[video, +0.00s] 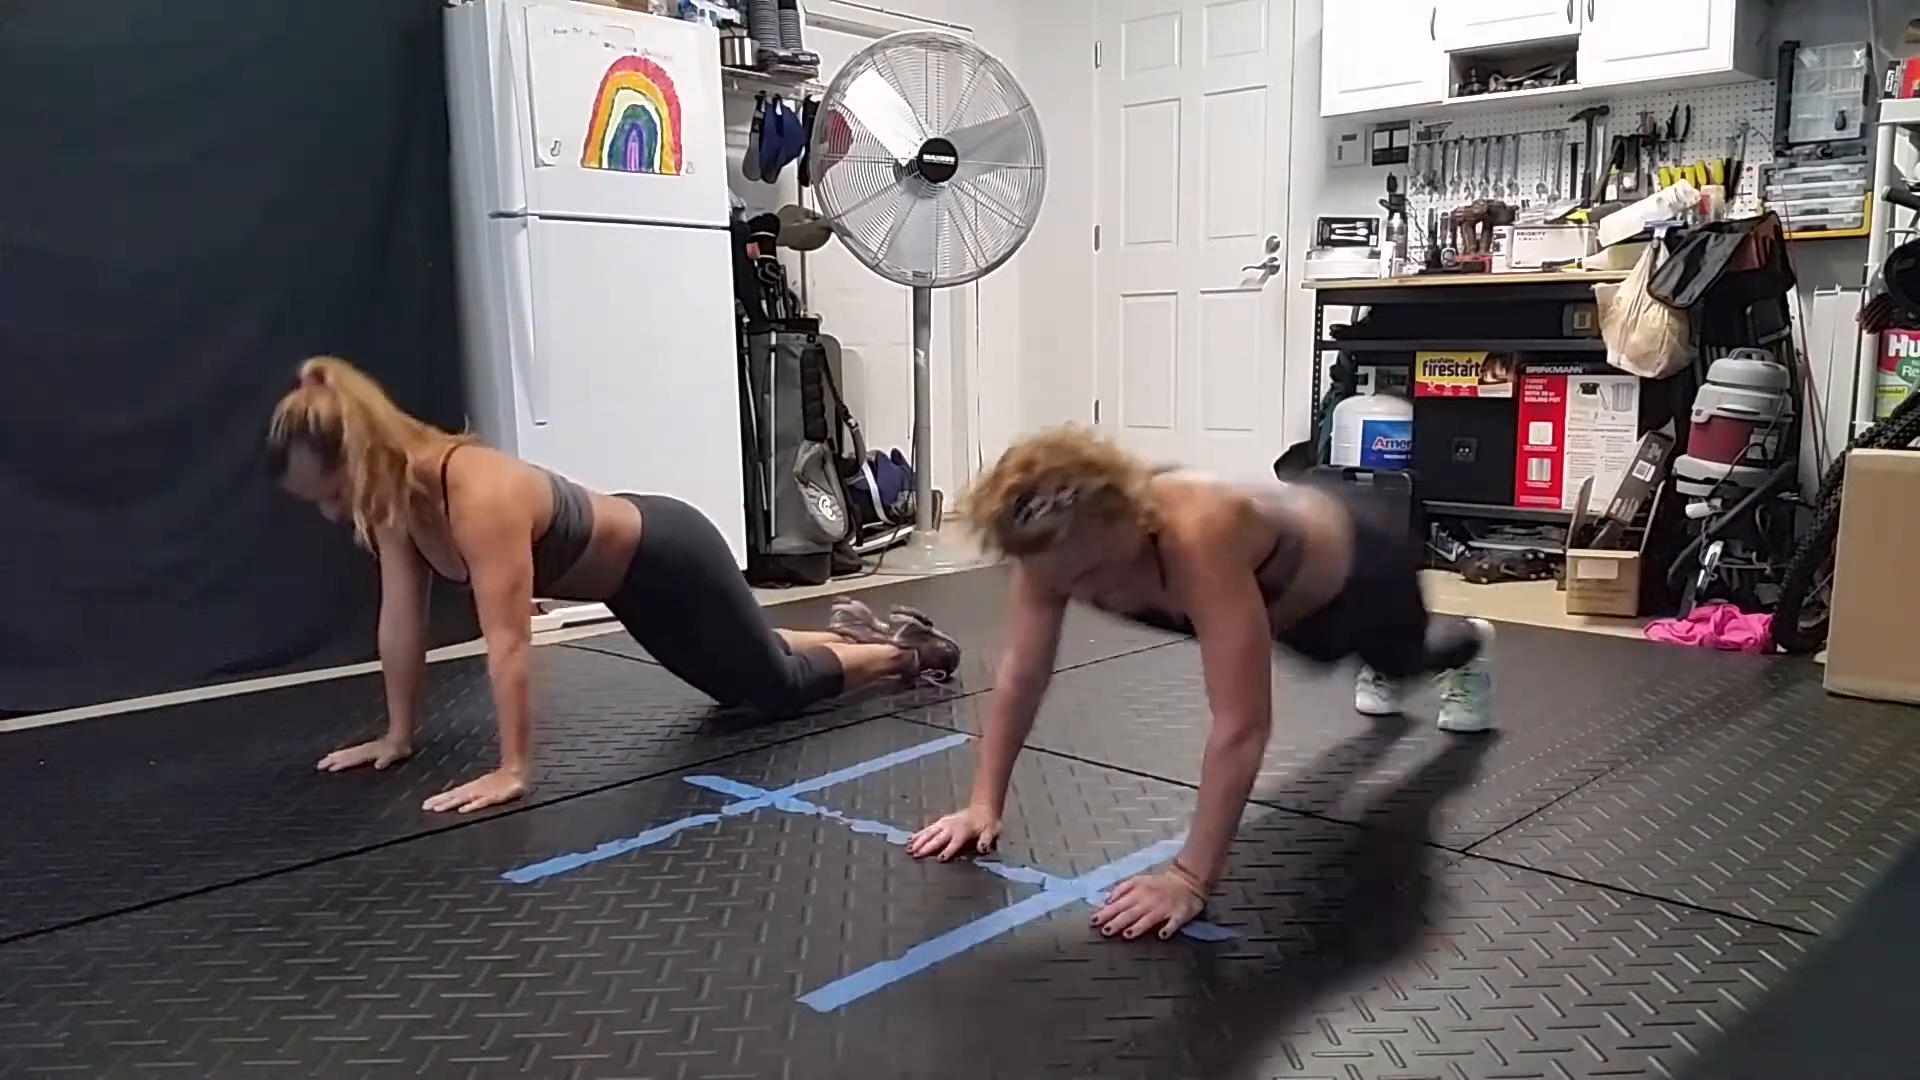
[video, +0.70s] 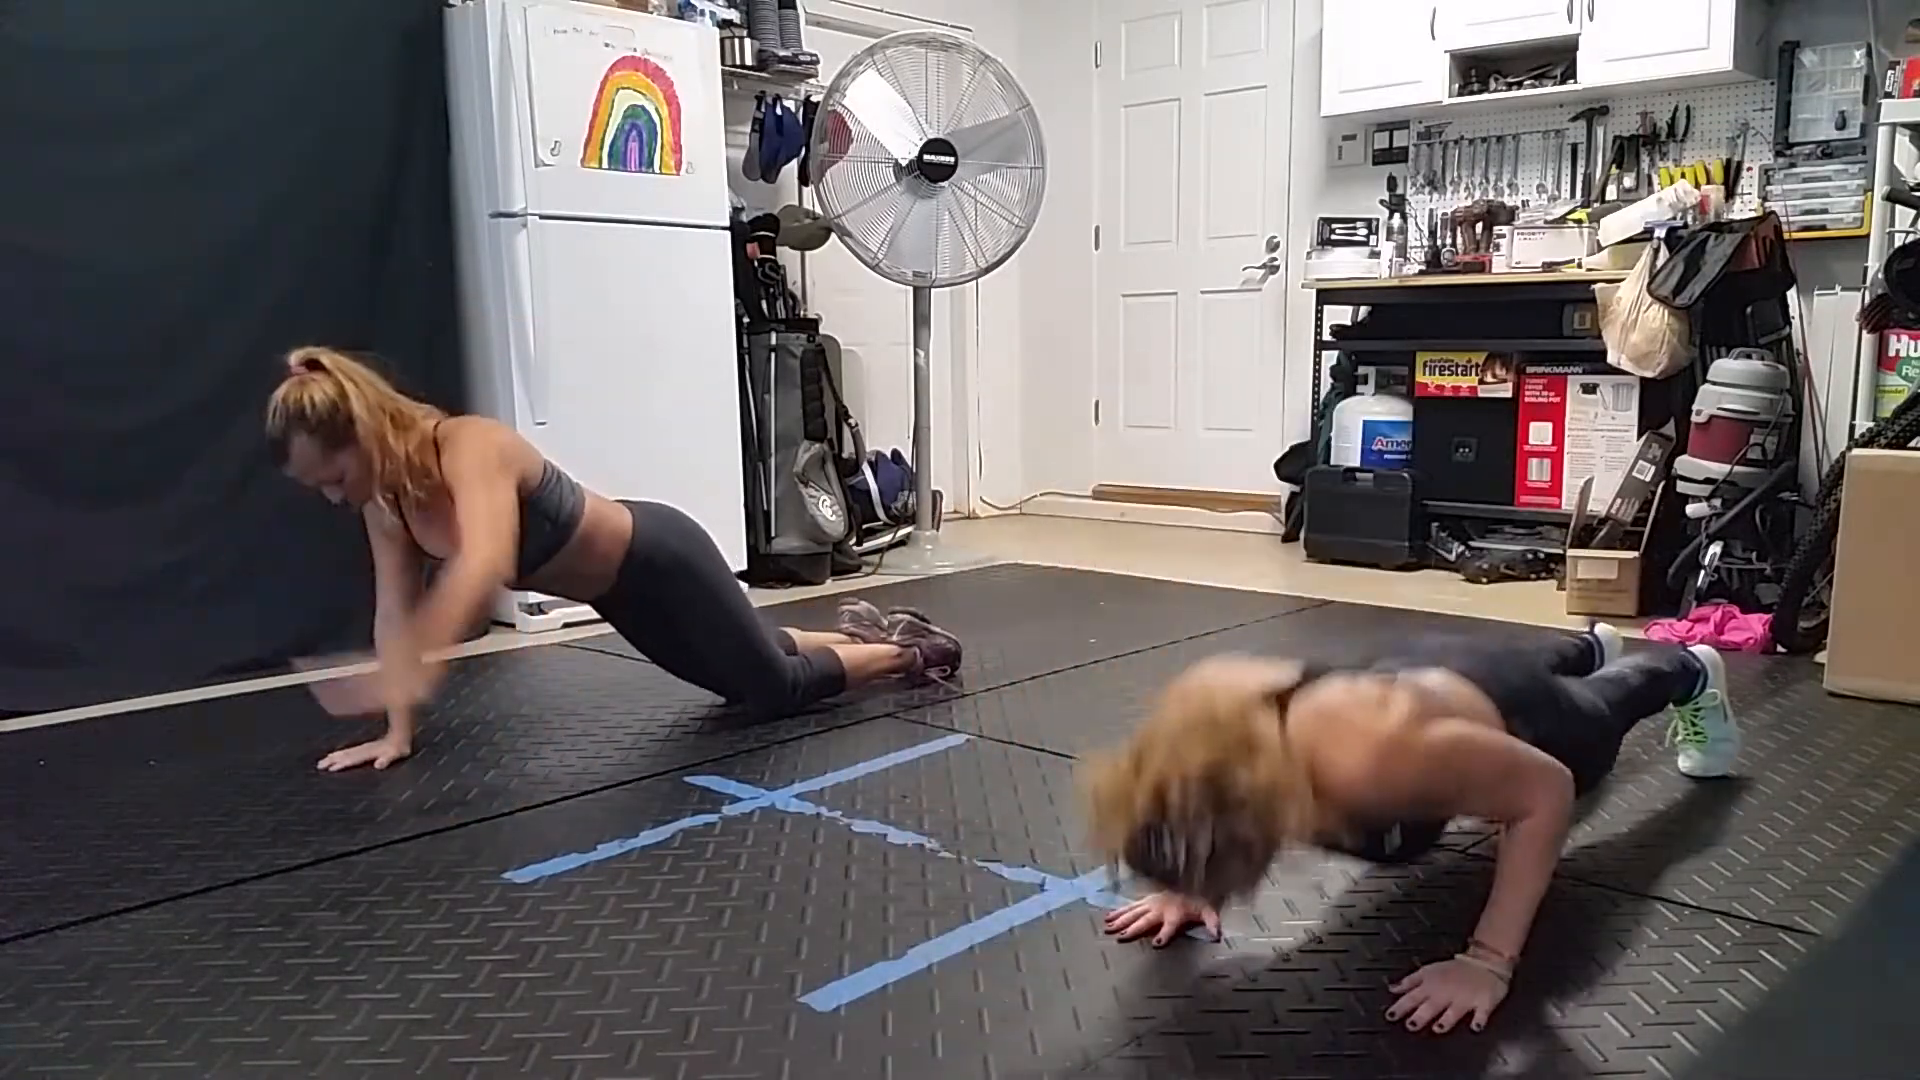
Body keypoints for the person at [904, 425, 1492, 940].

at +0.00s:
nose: (1085, 595)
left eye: (1093, 574)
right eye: (1067, 581)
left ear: (1124, 528)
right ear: (1043, 559)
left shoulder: (1202, 531)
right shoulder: (1050, 548)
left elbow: (1242, 729)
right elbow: (1019, 679)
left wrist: (1189, 876)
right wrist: (983, 803)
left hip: (1358, 567)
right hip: (1277, 596)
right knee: (1340, 642)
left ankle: (1469, 639)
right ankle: (1383, 666)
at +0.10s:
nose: (1087, 559)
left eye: (1097, 540)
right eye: (1075, 547)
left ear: (1140, 493)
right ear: (1061, 520)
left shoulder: (1233, 503)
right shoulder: (1087, 510)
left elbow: (1224, 723)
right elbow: (1056, 646)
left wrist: (1185, 874)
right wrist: (1012, 785)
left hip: (1390, 460)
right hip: (1306, 473)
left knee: (1457, 564)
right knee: (1391, 574)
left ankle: (1507, 629)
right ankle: (1435, 625)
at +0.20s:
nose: (1131, 545)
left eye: (1142, 525)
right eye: (1114, 532)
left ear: (1180, 482)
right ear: (1095, 503)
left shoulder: (1269, 472)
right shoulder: (1121, 485)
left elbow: (1308, 690)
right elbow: (1110, 637)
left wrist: (1260, 857)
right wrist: (1113, 792)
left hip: (1430, 436)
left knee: (1508, 543)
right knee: (1441, 555)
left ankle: (1581, 621)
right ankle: (1497, 611)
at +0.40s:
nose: (1199, 684)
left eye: (1205, 664)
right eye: (1182, 673)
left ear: (1235, 617)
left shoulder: (1348, 576)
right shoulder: (1193, 603)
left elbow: (1461, 768)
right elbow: (1189, 724)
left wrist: (1483, 954)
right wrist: (1189, 877)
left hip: (1499, 570)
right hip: (1416, 581)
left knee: (1599, 640)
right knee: (1515, 649)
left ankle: (1694, 679)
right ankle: (1578, 678)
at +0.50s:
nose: (1208, 730)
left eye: (1211, 713)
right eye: (1190, 725)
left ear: (1236, 668)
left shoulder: (1364, 615)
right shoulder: (1211, 629)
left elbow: (1499, 777)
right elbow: (1199, 733)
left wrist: (1485, 957)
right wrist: (1189, 874)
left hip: (1515, 639)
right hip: (1426, 631)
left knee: (1611, 679)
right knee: (1562, 677)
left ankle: (1688, 674)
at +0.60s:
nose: (1203, 810)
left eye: (1207, 794)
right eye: (1187, 799)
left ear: (1240, 750)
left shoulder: (1363, 688)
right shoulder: (1212, 672)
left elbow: (1534, 786)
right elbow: (1191, 772)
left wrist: (1487, 957)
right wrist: (1188, 877)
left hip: (1519, 676)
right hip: (1436, 646)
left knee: (1615, 688)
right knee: (1532, 654)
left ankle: (1691, 668)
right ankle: (1591, 640)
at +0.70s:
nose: (1202, 903)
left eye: (1214, 888)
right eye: (1177, 892)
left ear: (1250, 834)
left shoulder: (1372, 760)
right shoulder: (1207, 696)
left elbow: (1543, 793)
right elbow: (1194, 767)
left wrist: (1487, 959)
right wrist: (1185, 876)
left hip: (1514, 702)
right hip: (1419, 660)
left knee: (1612, 691)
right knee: (1536, 652)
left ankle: (1692, 666)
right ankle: (1599, 637)